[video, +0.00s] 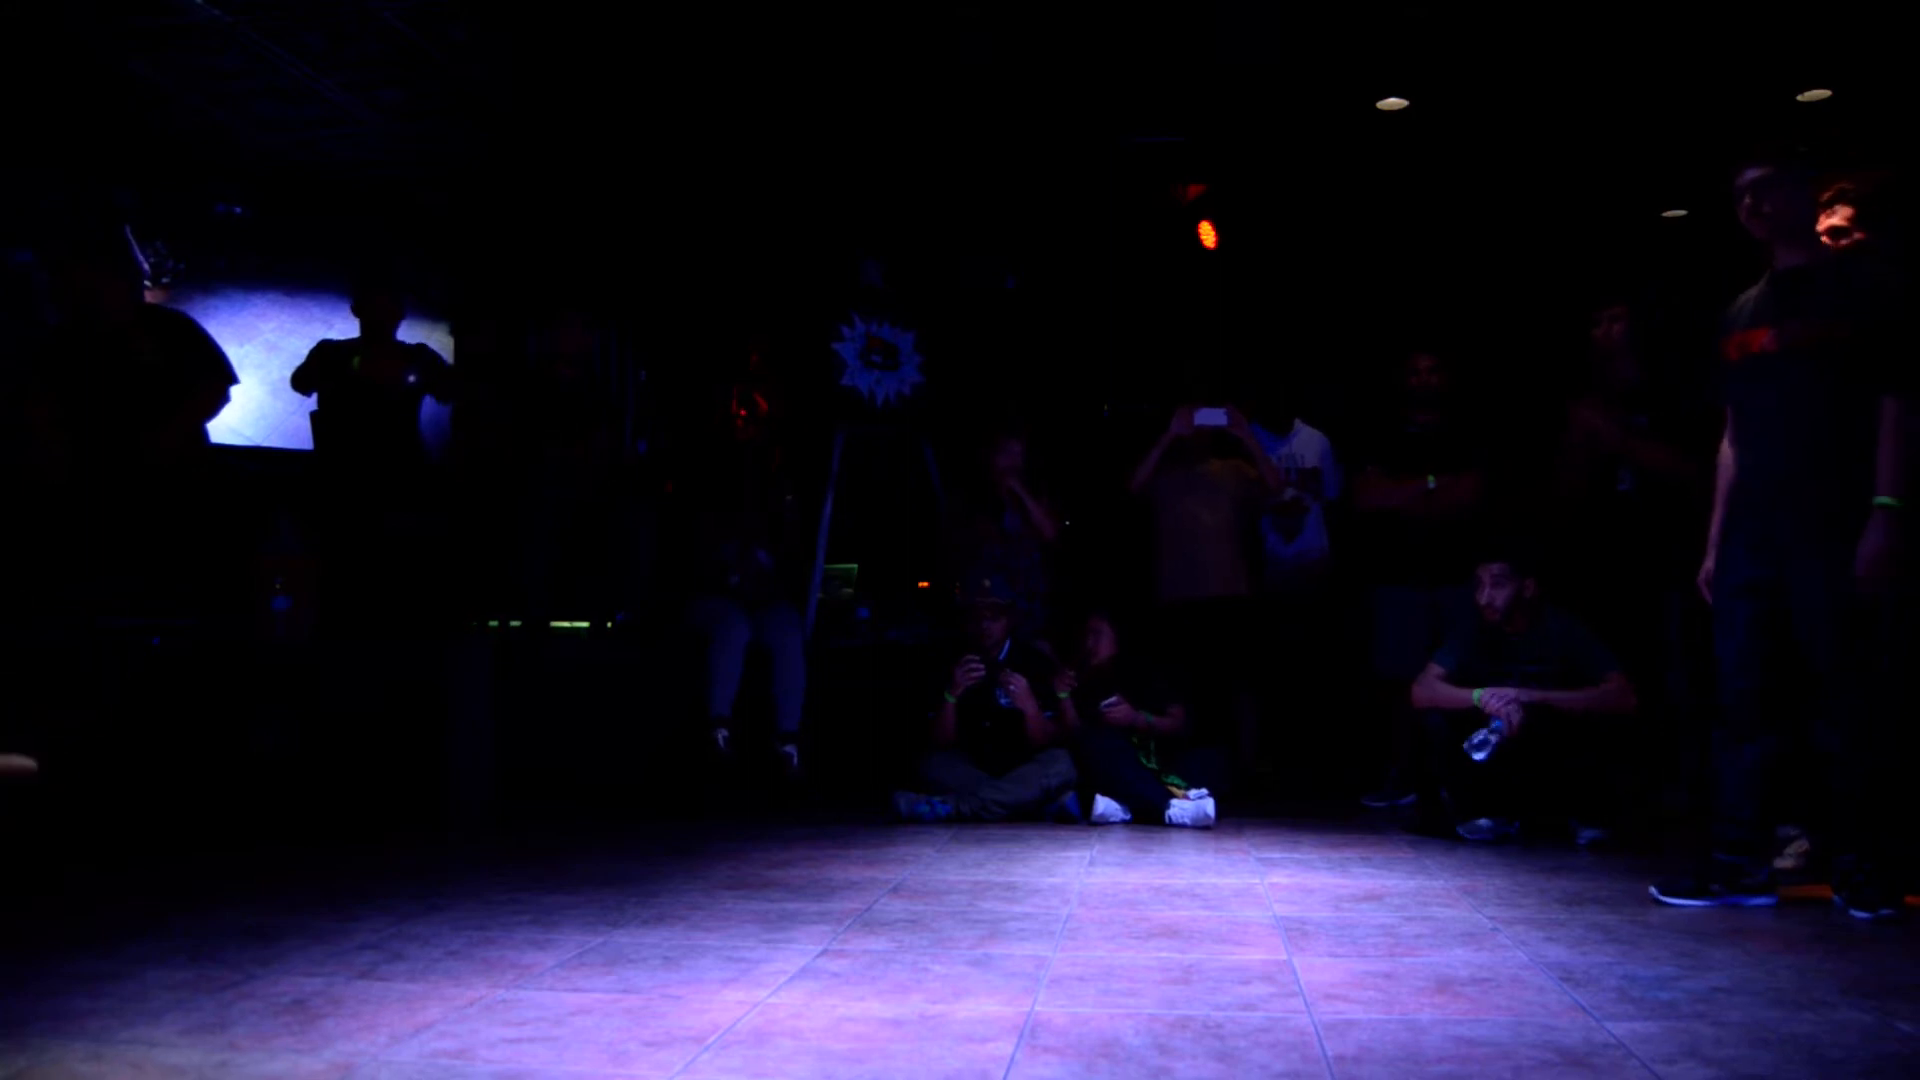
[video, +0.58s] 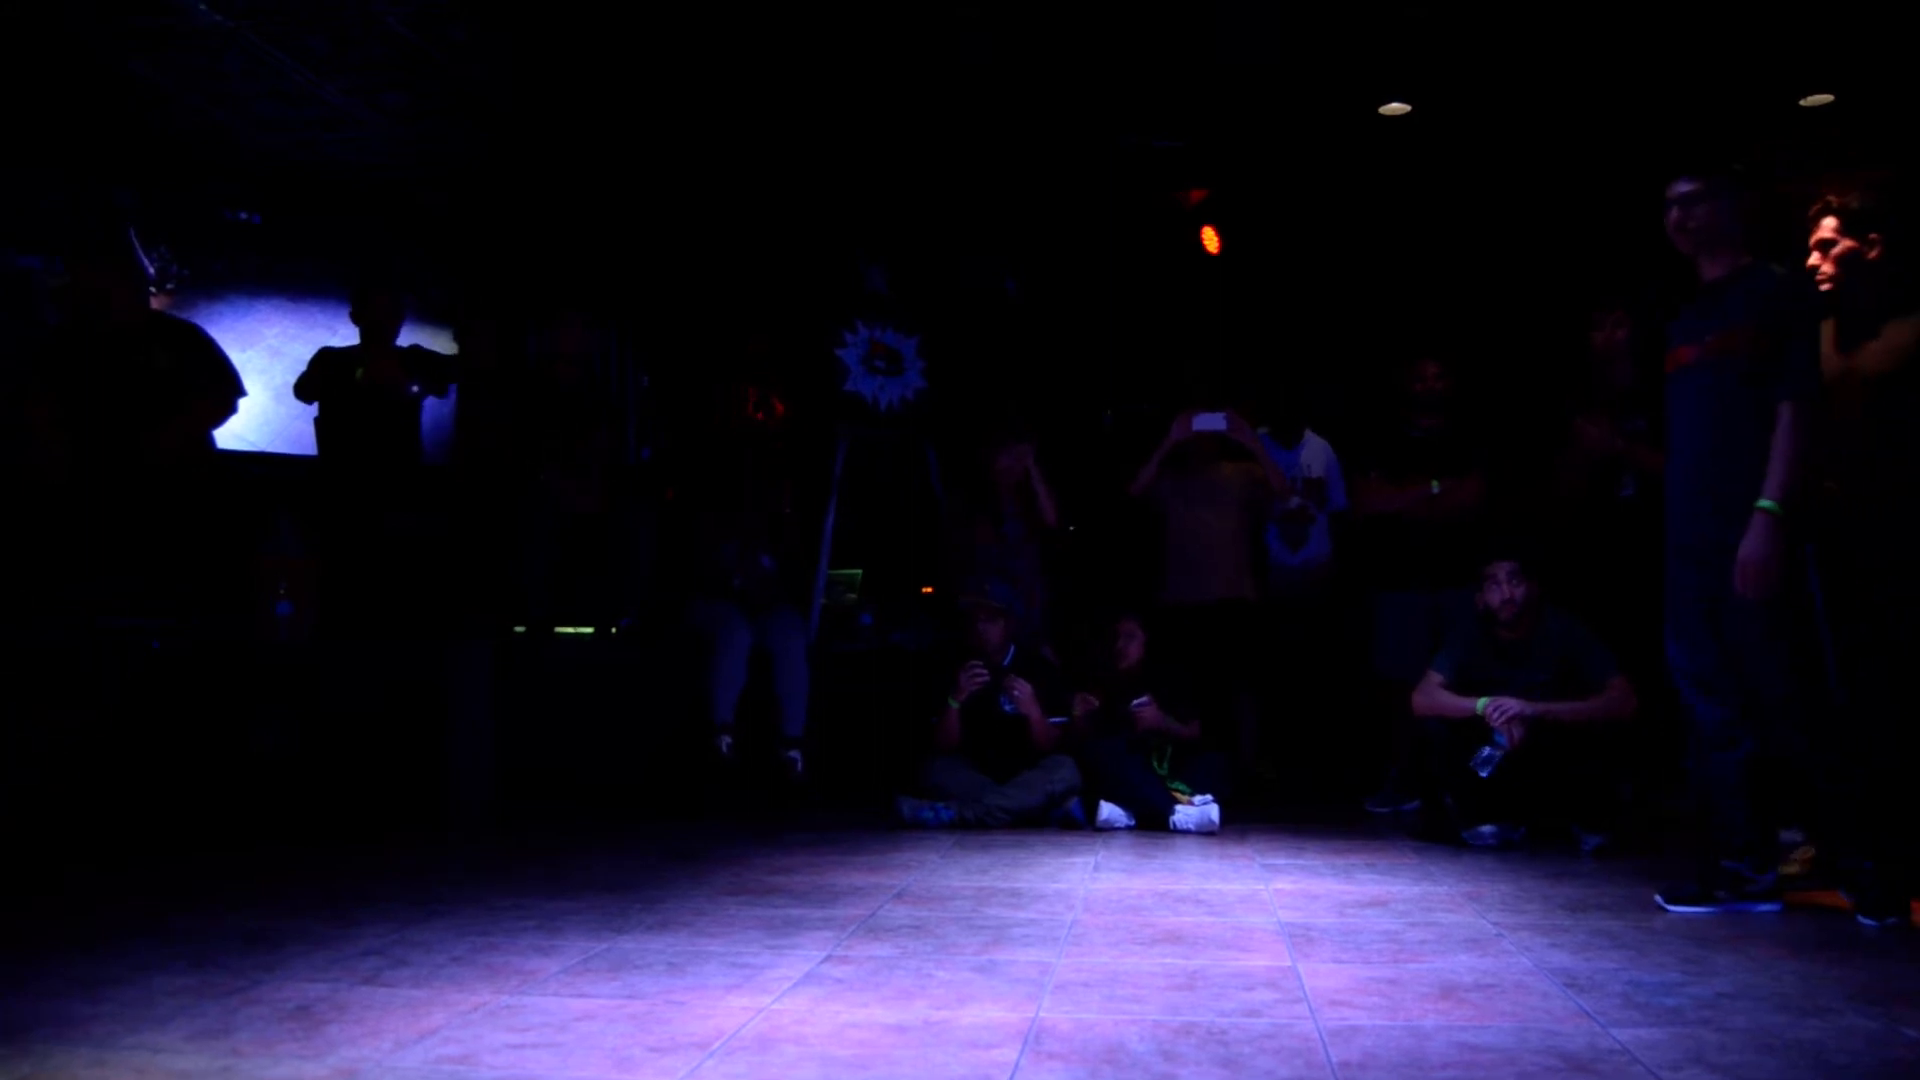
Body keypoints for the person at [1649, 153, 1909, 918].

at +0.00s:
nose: (1753, 208)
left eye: (1767, 192)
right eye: (1745, 197)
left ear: (1807, 195)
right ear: (1743, 212)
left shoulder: (1861, 281)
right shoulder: (1747, 310)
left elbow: (1893, 407)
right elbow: (1734, 437)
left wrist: (1885, 513)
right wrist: (1716, 544)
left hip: (1839, 522)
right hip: (1760, 525)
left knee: (1851, 696)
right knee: (1748, 692)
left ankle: (1867, 870)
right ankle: (1741, 861)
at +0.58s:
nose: (1679, 217)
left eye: (1694, 201)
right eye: (1673, 206)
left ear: (1732, 208)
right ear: (1670, 223)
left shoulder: (1775, 294)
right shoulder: (1685, 311)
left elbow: (1793, 409)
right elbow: (1683, 429)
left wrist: (1766, 517)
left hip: (1749, 521)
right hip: (1693, 524)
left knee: (1761, 686)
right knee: (1707, 689)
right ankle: (1734, 860)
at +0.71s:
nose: (1663, 222)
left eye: (1677, 206)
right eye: (1657, 210)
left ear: (1716, 211)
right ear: (1656, 225)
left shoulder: (1758, 298)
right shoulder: (1667, 315)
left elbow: (1778, 414)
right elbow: (1666, 446)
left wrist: (1752, 517)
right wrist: (1658, 552)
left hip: (1735, 528)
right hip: (1679, 531)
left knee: (1737, 692)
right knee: (1697, 693)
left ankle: (1750, 864)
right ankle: (1726, 857)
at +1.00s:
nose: (1647, 226)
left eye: (1661, 211)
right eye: (1639, 215)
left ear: (1697, 216)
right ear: (1636, 229)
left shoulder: (1742, 302)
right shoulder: (1652, 320)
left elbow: (1764, 420)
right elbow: (1643, 442)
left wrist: (1736, 521)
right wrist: (1612, 546)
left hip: (1718, 529)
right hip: (1663, 532)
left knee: (1717, 691)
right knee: (1687, 692)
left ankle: (1774, 873)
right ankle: (1730, 869)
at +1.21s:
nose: (1678, 220)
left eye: (1693, 205)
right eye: (1670, 210)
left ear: (1731, 212)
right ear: (1668, 226)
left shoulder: (1769, 295)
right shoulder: (1685, 314)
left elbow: (1793, 415)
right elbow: (1679, 438)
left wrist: (1773, 522)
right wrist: (1642, 538)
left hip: (1748, 522)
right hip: (1700, 521)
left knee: (1713, 680)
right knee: (1707, 679)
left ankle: (1700, 854)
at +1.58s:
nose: (1650, 225)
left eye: (1665, 210)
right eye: (1646, 213)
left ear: (1708, 216)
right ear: (1649, 230)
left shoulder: (1737, 299)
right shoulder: (1683, 310)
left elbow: (1750, 427)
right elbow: (1681, 446)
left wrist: (1735, 535)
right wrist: (1660, 549)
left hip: (1717, 531)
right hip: (1694, 531)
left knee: (1683, 687)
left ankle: (1652, 852)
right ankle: (1827, 856)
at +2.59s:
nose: (1530, 233)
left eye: (1546, 222)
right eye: (1529, 222)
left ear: (1584, 232)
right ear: (1541, 236)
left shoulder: (1601, 308)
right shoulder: (1572, 308)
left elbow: (1596, 428)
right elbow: (1571, 428)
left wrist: (1561, 530)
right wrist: (1543, 524)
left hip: (1589, 529)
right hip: (1551, 527)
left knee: (1606, 689)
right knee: (1538, 683)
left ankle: (1640, 853)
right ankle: (1521, 834)